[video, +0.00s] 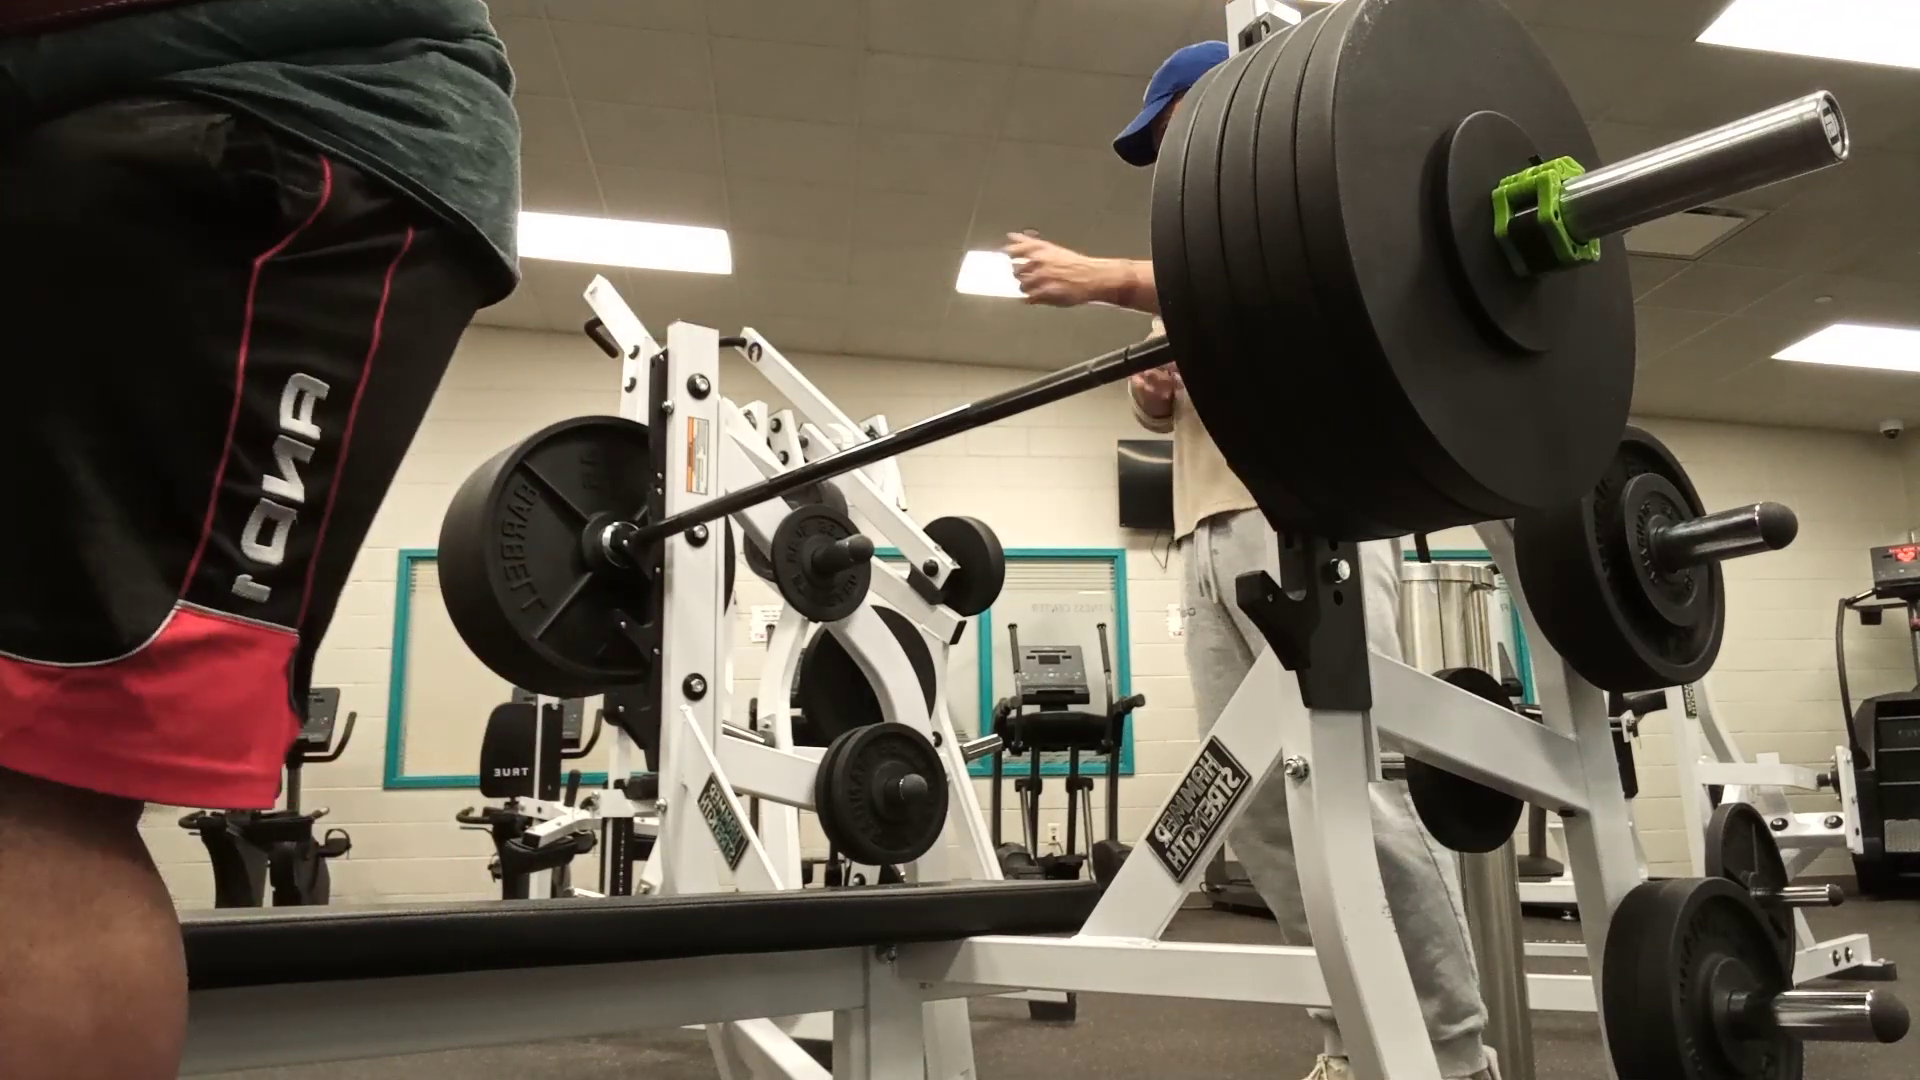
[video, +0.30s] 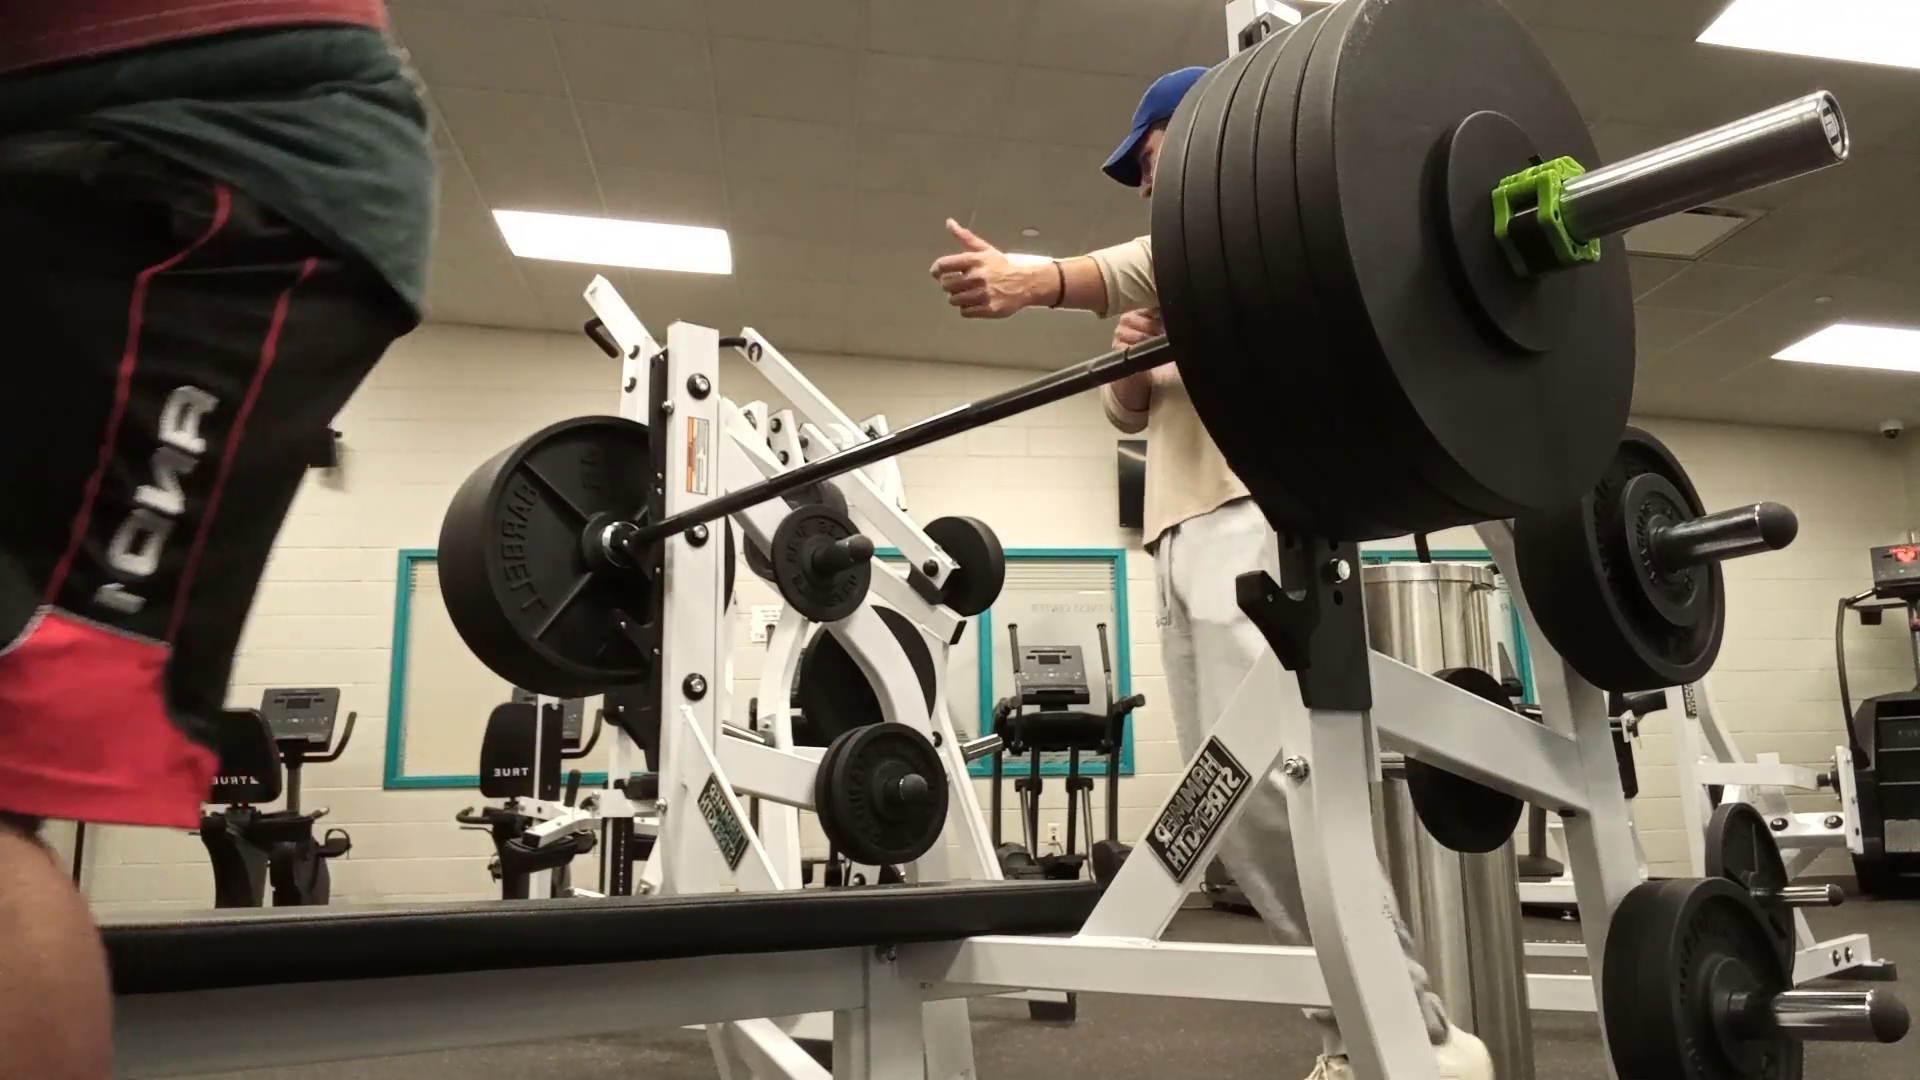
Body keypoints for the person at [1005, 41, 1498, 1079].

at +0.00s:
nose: (1158, 164)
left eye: (1168, 138)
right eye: (1154, 148)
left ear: (1221, 106)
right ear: (1183, 127)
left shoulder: (1298, 192)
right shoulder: (1205, 238)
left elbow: (1269, 271)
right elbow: (1172, 400)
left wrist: (1106, 277)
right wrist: (1162, 392)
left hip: (1297, 528)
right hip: (1209, 541)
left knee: (1355, 795)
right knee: (1253, 812)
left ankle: (1458, 1049)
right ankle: (1365, 1028)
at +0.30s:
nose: (1146, 173)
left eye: (1156, 152)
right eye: (1141, 163)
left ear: (1209, 131)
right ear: (1159, 161)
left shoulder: (1255, 216)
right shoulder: (1174, 259)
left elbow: (1159, 261)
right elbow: (1130, 414)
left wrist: (1031, 277)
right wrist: (1131, 349)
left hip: (1245, 519)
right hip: (1177, 535)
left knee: (1278, 778)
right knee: (1220, 796)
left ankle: (1404, 1021)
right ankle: (1356, 1004)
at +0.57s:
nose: (1110, 185)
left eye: (1111, 158)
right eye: (1105, 169)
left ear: (1155, 125)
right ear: (1161, 131)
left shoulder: (1208, 218)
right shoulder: (1215, 238)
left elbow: (1120, 293)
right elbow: (1103, 414)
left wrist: (989, 322)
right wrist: (1105, 348)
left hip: (1202, 533)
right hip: (1263, 537)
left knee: (1159, 792)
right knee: (1260, 801)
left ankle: (1194, 1051)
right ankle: (1335, 1029)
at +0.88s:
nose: (1038, 140)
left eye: (1042, 115)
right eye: (1034, 122)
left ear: (1088, 90)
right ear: (1105, 96)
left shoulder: (1149, 187)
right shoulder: (1136, 196)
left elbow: (1149, 362)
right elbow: (1142, 378)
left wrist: (1028, 434)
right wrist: (1043, 384)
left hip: (1143, 524)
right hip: (1156, 523)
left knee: (1102, 795)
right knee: (1162, 785)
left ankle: (1142, 1055)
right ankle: (1315, 1004)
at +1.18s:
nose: (985, 126)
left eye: (995, 100)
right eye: (979, 110)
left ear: (1054, 84)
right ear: (1048, 93)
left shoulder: (1110, 179)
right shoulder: (1062, 213)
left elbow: (1135, 321)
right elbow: (1076, 380)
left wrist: (989, 430)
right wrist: (970, 400)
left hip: (1113, 528)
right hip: (1056, 533)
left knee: (1092, 783)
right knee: (1010, 771)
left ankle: (1141, 1037)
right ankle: (1087, 992)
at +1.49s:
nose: (987, 134)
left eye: (1004, 112)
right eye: (970, 123)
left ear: (1052, 116)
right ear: (962, 144)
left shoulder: (1110, 199)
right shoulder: (976, 270)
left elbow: (1162, 325)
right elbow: (941, 412)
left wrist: (1046, 388)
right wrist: (851, 376)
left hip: (1112, 528)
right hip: (1025, 546)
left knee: (1098, 792)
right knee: (1030, 803)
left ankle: (1129, 1043)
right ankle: (1089, 1021)